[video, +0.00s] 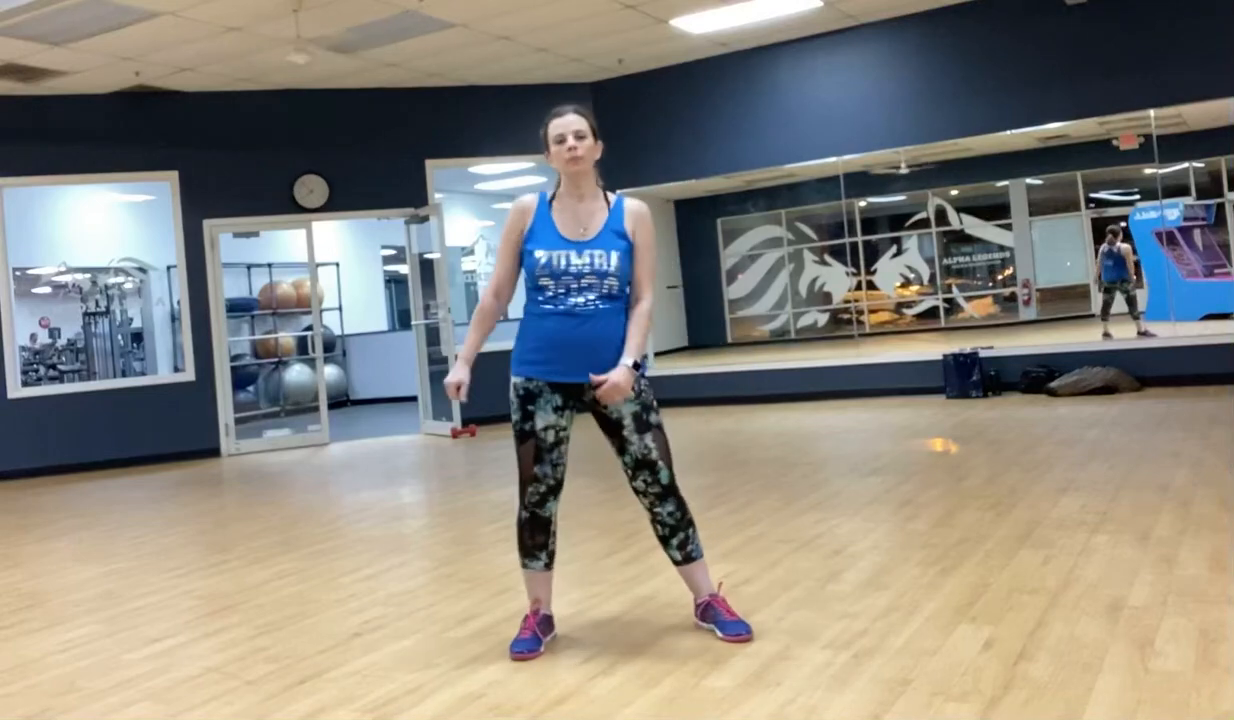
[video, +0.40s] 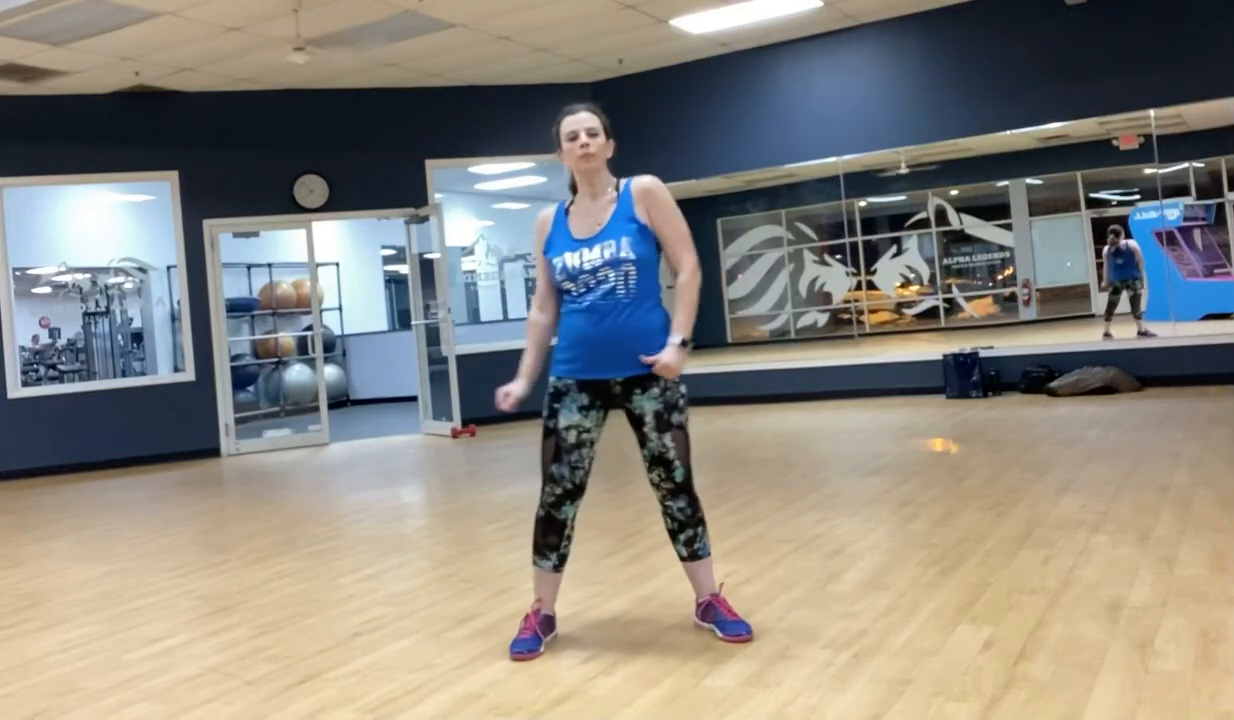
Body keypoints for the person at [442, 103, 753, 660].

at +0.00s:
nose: (571, 146)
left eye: (579, 137)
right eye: (560, 140)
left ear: (598, 146)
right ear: (547, 154)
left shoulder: (632, 213)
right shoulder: (526, 214)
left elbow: (642, 299)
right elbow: (496, 296)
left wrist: (627, 364)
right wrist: (465, 359)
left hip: (614, 373)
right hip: (540, 378)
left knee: (658, 485)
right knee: (537, 496)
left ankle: (708, 600)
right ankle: (538, 613)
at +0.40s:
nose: (584, 143)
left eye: (592, 134)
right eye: (573, 137)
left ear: (609, 142)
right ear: (561, 151)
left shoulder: (643, 192)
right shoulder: (550, 221)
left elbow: (689, 268)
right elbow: (543, 310)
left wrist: (679, 343)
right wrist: (524, 379)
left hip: (647, 371)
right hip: (575, 377)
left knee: (675, 485)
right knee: (558, 493)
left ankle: (709, 600)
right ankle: (542, 612)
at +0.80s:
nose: (626, 149)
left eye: (629, 140)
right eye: (613, 141)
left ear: (634, 147)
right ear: (584, 151)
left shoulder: (658, 192)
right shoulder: (564, 227)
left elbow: (723, 252)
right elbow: (571, 313)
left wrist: (747, 319)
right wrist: (579, 381)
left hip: (689, 364)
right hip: (616, 378)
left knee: (697, 482)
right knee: (584, 490)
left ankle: (711, 600)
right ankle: (548, 611)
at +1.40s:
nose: (602, 158)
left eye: (603, 148)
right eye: (588, 154)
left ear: (611, 152)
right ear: (564, 166)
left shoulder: (628, 231)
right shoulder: (540, 201)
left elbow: (648, 308)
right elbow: (489, 270)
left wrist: (702, 345)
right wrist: (482, 347)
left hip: (632, 371)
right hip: (562, 378)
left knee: (665, 483)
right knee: (559, 496)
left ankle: (705, 600)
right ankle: (545, 614)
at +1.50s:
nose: (594, 157)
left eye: (595, 147)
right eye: (580, 155)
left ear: (604, 150)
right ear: (559, 169)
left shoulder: (628, 229)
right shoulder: (539, 202)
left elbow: (643, 307)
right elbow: (486, 270)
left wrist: (683, 344)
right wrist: (464, 342)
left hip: (626, 371)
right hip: (555, 377)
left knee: (664, 482)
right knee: (554, 496)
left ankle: (705, 601)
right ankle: (546, 614)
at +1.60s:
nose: (584, 157)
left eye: (583, 146)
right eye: (569, 157)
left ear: (594, 148)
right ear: (553, 173)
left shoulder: (634, 222)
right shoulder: (535, 207)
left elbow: (645, 297)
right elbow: (482, 278)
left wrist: (647, 330)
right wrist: (444, 342)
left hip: (622, 372)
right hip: (548, 375)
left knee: (666, 479)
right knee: (547, 493)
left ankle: (706, 601)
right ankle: (544, 613)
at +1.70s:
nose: (582, 157)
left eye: (581, 146)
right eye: (567, 158)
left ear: (592, 147)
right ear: (552, 175)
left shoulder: (636, 217)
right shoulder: (536, 211)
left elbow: (651, 295)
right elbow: (485, 284)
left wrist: (646, 332)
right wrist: (444, 345)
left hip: (623, 372)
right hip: (548, 374)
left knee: (669, 479)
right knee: (546, 492)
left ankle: (706, 600)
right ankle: (544, 613)